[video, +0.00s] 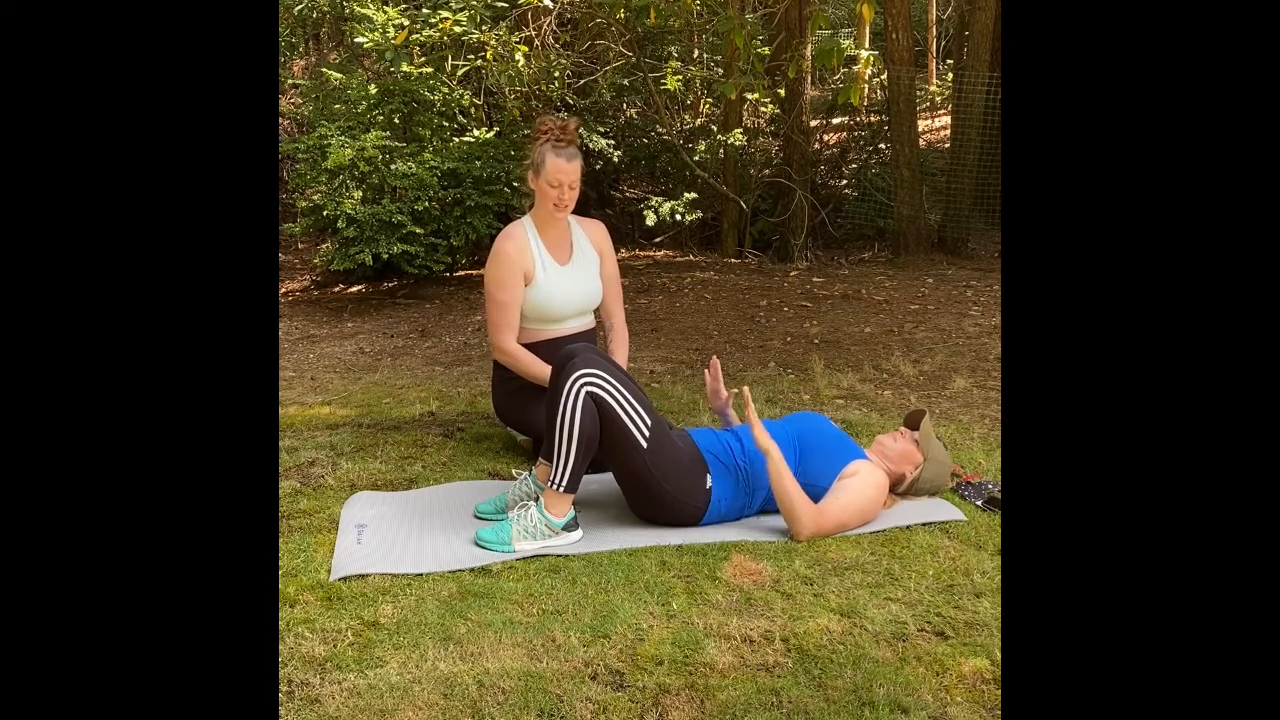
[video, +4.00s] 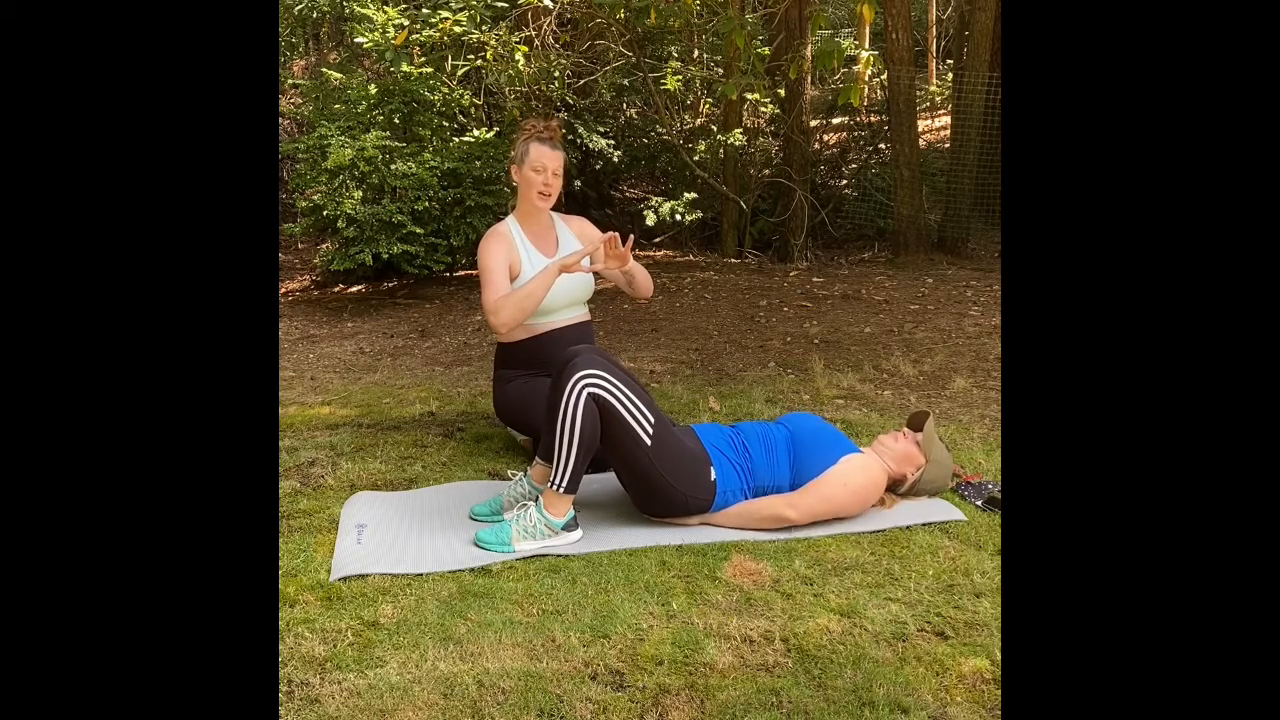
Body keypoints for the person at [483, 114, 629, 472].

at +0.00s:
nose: (564, 196)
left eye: (573, 186)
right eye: (554, 185)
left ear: (581, 183)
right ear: (533, 181)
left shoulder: (595, 234)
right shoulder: (512, 246)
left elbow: (615, 321)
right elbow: (502, 346)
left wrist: (614, 380)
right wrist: (569, 384)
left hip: (585, 373)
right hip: (525, 384)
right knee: (610, 447)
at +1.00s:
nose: (550, 191)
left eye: (558, 180)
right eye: (539, 182)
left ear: (568, 177)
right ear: (522, 181)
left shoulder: (591, 233)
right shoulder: (509, 242)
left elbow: (614, 320)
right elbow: (498, 322)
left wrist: (616, 361)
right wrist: (492, 344)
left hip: (588, 365)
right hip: (525, 373)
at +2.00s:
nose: (547, 183)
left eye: (554, 173)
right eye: (536, 173)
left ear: (561, 177)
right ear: (513, 175)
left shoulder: (576, 228)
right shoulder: (498, 241)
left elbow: (639, 292)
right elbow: (507, 325)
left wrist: (625, 265)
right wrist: (557, 264)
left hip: (584, 363)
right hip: (524, 376)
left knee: (650, 435)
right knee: (605, 445)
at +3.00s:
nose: (549, 183)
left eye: (556, 173)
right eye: (538, 172)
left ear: (563, 177)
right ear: (515, 174)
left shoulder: (579, 229)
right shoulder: (498, 242)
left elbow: (641, 295)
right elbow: (502, 322)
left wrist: (625, 268)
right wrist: (556, 267)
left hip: (584, 364)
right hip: (523, 377)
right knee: (600, 445)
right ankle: (541, 450)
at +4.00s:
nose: (549, 182)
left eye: (556, 173)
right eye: (538, 170)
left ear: (563, 180)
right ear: (515, 173)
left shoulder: (579, 229)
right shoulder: (498, 242)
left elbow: (644, 292)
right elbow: (501, 321)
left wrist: (627, 269)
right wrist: (554, 268)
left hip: (584, 364)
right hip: (523, 376)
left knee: (638, 439)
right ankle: (540, 454)